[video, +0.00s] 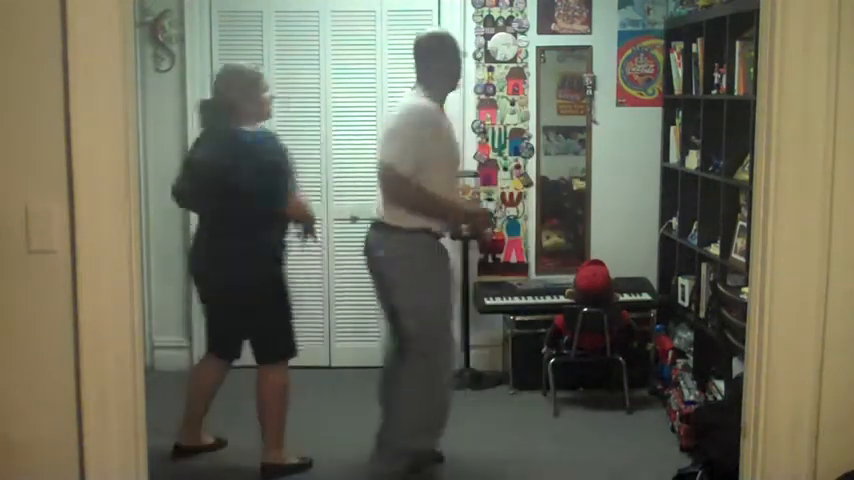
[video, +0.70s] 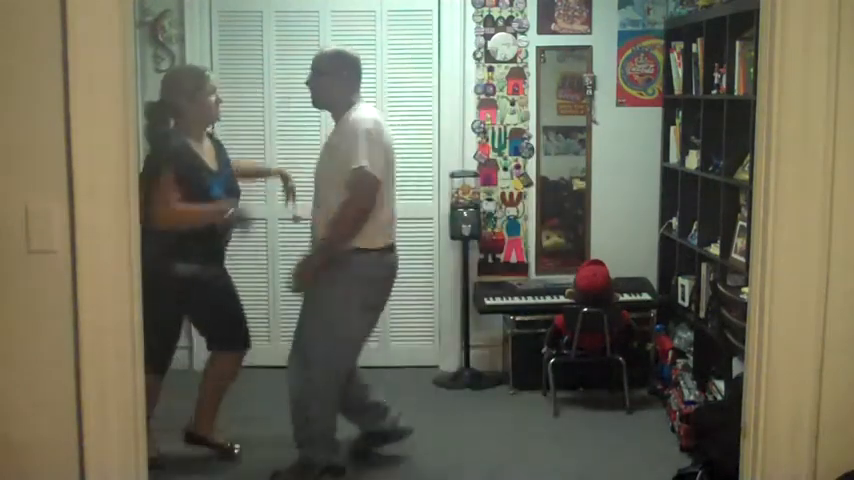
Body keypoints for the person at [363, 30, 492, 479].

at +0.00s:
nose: (462, 68)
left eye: (460, 59)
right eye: (456, 59)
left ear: (427, 63)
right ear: (439, 64)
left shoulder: (432, 117)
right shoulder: (416, 115)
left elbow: (423, 188)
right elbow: (394, 185)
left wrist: (464, 217)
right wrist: (461, 213)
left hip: (415, 244)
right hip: (405, 246)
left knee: (417, 348)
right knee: (426, 349)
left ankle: (401, 449)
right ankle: (409, 453)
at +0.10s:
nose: (447, 76)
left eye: (440, 66)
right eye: (447, 69)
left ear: (410, 68)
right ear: (446, 72)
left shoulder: (383, 113)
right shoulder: (443, 117)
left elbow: (378, 179)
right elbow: (439, 190)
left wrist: (439, 217)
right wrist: (469, 229)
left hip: (365, 245)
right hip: (408, 252)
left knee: (378, 349)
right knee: (412, 353)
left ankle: (393, 439)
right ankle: (397, 457)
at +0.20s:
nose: (400, 77)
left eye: (399, 70)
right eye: (414, 70)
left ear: (396, 73)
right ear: (435, 76)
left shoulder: (365, 117)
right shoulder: (454, 128)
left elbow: (336, 182)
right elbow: (475, 203)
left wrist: (374, 203)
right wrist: (478, 261)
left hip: (355, 252)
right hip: (412, 255)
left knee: (361, 355)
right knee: (407, 360)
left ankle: (370, 448)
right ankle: (397, 460)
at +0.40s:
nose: (353, 78)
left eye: (356, 72)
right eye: (356, 71)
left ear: (365, 75)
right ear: (397, 76)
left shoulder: (346, 122)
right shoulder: (426, 130)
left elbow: (318, 184)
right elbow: (454, 201)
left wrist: (310, 223)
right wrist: (464, 263)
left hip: (353, 261)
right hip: (411, 261)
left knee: (325, 355)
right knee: (401, 365)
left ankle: (322, 451)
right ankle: (396, 459)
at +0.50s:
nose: (335, 78)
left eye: (341, 71)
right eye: (337, 71)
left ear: (359, 74)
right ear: (378, 75)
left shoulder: (347, 121)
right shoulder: (407, 128)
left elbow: (329, 191)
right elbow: (434, 197)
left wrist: (293, 230)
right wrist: (431, 258)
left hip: (349, 264)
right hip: (396, 262)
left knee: (312, 359)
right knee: (382, 365)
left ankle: (318, 459)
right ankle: (396, 458)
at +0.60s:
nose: (321, 83)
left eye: (327, 76)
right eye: (323, 76)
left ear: (347, 78)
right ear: (361, 79)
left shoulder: (354, 124)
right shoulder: (379, 123)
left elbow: (342, 199)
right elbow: (401, 200)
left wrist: (289, 245)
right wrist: (377, 236)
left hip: (349, 263)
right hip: (374, 262)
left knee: (309, 352)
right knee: (339, 352)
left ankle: (316, 455)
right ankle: (402, 429)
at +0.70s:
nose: (308, 84)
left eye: (317, 77)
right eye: (310, 77)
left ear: (343, 81)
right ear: (343, 82)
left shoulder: (361, 123)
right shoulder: (355, 122)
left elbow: (363, 196)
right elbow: (358, 197)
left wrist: (317, 258)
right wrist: (318, 255)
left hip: (356, 263)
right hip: (354, 261)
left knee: (312, 362)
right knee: (325, 358)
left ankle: (317, 458)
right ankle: (380, 424)